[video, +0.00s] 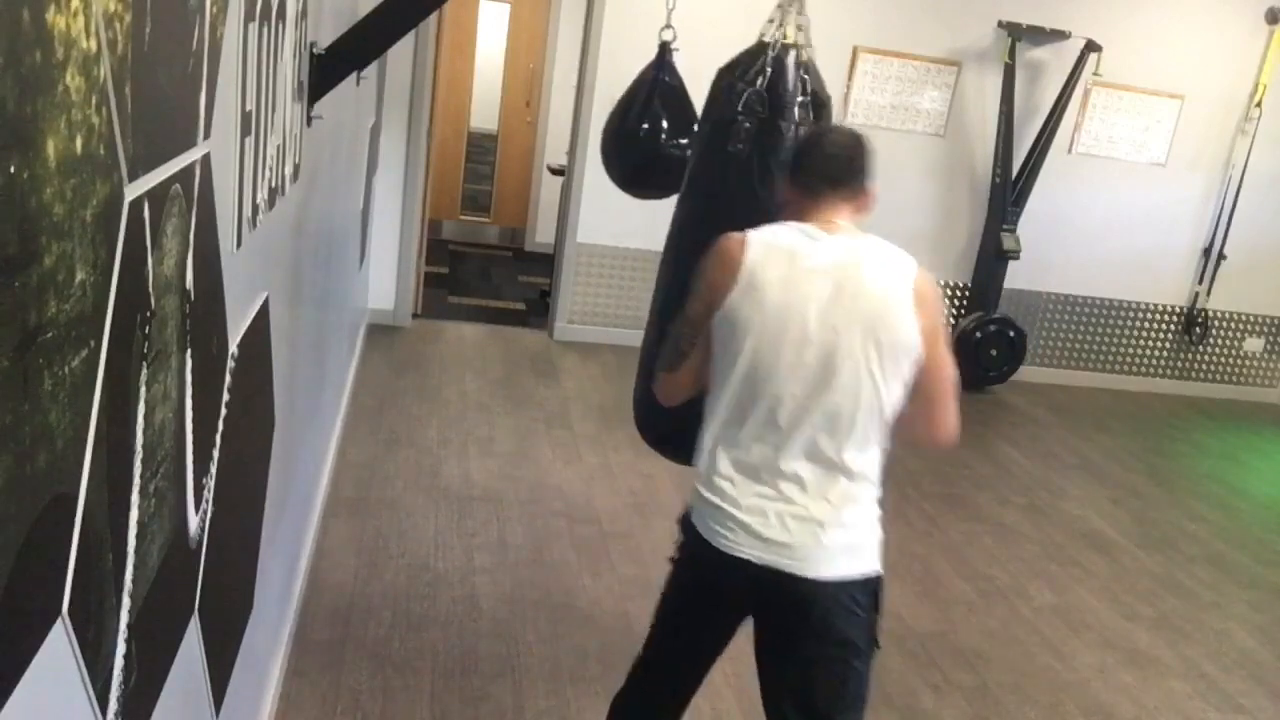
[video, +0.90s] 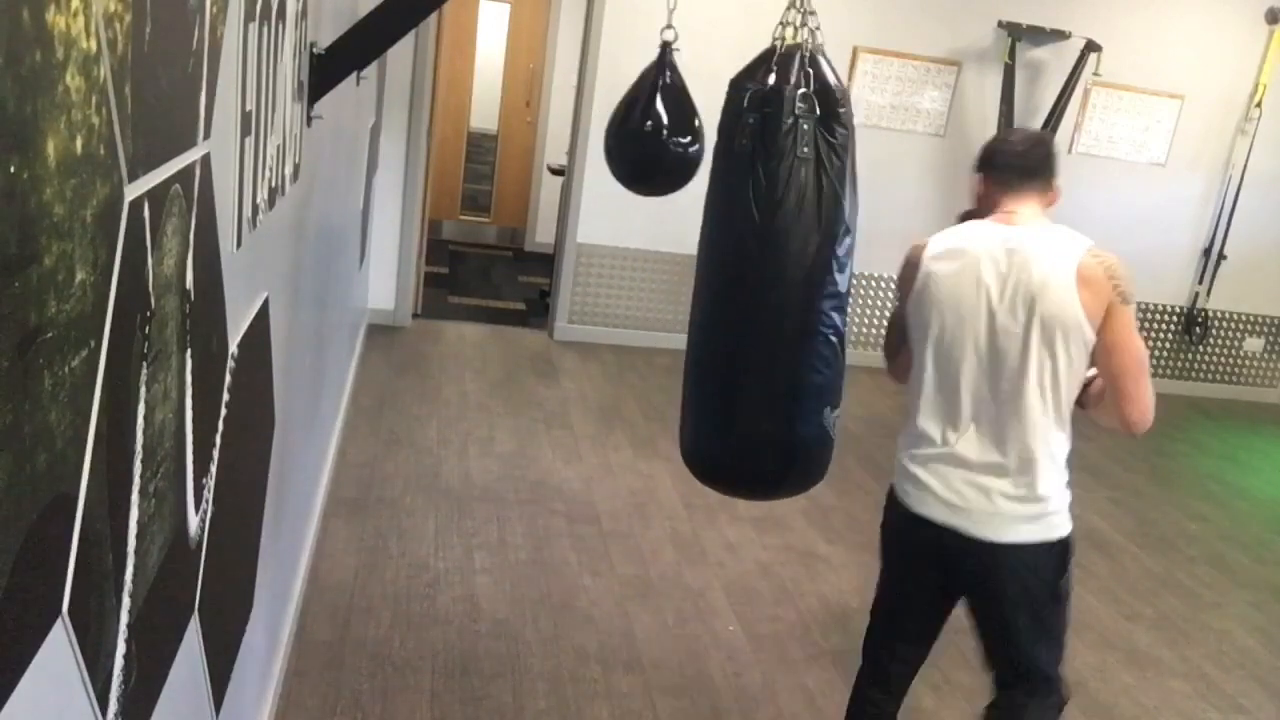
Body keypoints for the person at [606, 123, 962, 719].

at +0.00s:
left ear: (788, 190)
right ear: (867, 197)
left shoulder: (738, 254)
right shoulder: (912, 282)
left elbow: (671, 386)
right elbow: (940, 427)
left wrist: (747, 345)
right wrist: (864, 398)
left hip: (720, 545)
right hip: (832, 572)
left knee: (649, 699)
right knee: (821, 712)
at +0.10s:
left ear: (841, 205)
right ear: (920, 214)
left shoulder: (774, 275)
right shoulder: (961, 314)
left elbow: (699, 406)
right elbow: (973, 467)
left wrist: (763, 365)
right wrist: (898, 426)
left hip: (750, 569)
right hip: (862, 599)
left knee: (667, 704)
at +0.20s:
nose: (972, 218)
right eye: (974, 205)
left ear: (888, 196)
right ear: (971, 210)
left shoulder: (809, 272)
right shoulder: (994, 315)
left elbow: (726, 402)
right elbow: (1011, 481)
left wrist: (789, 368)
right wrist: (956, 434)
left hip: (780, 564)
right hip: (886, 597)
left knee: (719, 689)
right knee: (869, 711)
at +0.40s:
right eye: (1036, 195)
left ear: (942, 187)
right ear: (1031, 202)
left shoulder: (860, 256)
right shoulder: (1050, 308)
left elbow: (771, 381)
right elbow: (1053, 474)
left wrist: (840, 358)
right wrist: (999, 416)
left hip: (822, 549)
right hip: (922, 588)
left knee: (799, 701)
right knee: (895, 707)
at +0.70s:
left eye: (942, 204)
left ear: (943, 206)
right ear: (1024, 210)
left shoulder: (890, 284)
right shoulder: (1070, 297)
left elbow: (857, 414)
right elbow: (1098, 447)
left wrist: (927, 379)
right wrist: (1030, 413)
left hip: (887, 546)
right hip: (985, 571)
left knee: (867, 693)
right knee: (954, 705)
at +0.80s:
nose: (951, 202)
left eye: (951, 194)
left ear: (953, 194)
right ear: (1030, 202)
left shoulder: (906, 270)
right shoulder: (1077, 280)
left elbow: (883, 388)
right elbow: (1121, 426)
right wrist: (1064, 398)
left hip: (903, 540)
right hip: (1000, 563)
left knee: (876, 695)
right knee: (988, 709)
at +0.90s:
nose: (974, 194)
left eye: (975, 186)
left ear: (980, 187)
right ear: (1053, 194)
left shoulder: (927, 256)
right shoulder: (1093, 271)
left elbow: (899, 363)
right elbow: (1135, 413)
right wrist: (1072, 383)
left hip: (919, 519)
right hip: (1022, 541)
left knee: (880, 680)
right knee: (1030, 691)